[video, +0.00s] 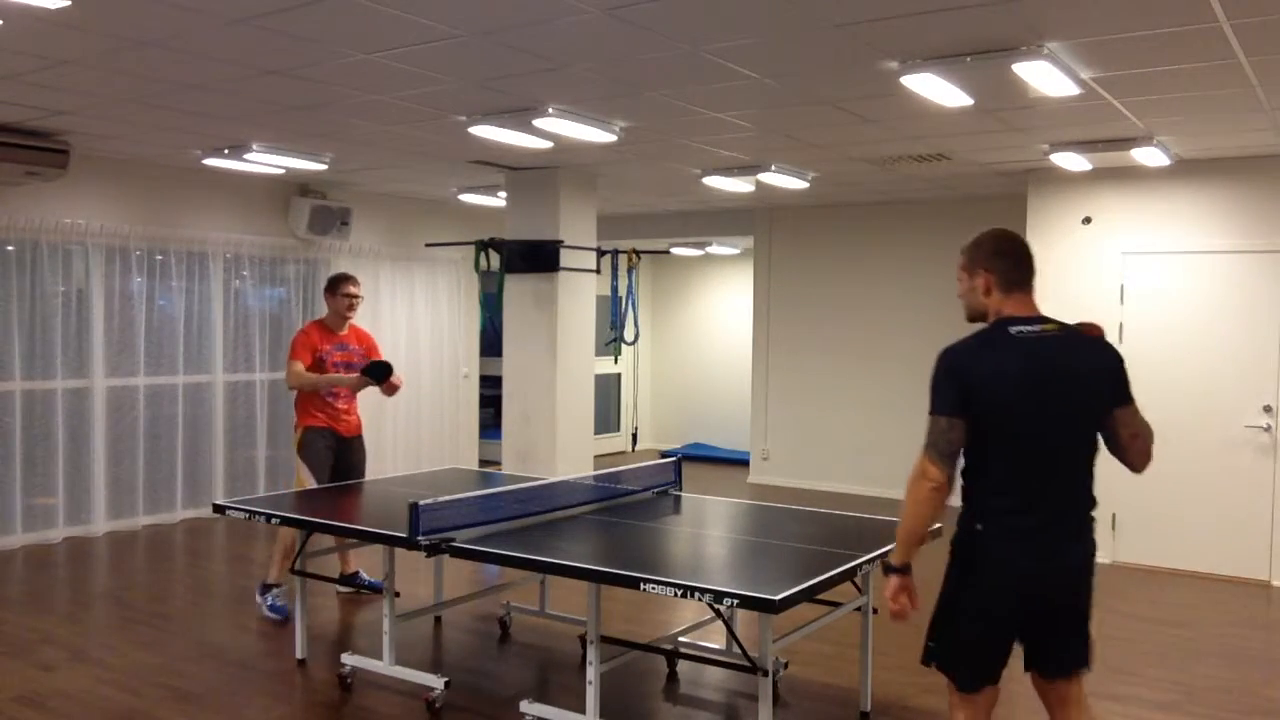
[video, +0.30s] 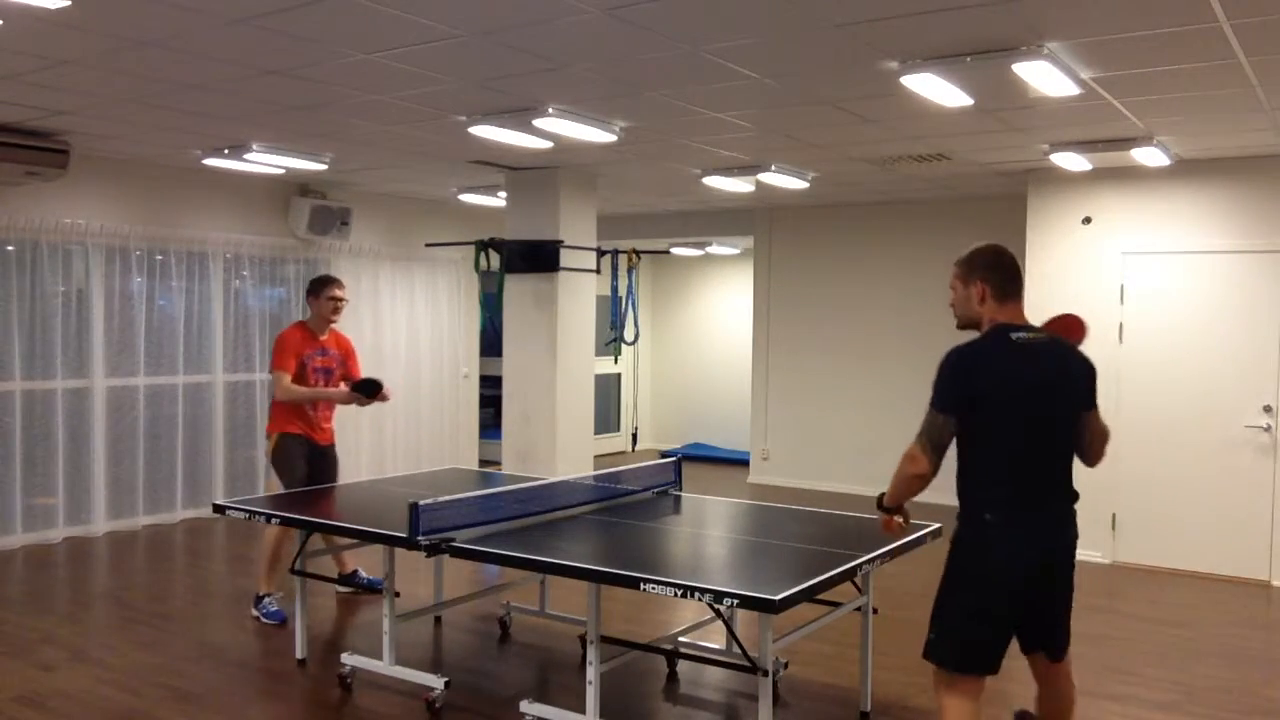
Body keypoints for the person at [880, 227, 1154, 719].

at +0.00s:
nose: (959, 290)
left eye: (962, 277)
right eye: (959, 277)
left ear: (986, 281)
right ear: (1028, 278)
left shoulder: (963, 360)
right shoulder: (1091, 354)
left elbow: (934, 477)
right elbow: (1138, 453)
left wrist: (900, 564)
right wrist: (1102, 359)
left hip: (988, 557)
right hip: (1066, 554)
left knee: (971, 700)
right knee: (1063, 689)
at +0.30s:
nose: (951, 303)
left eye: (955, 291)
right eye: (951, 291)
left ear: (981, 291)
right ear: (1014, 291)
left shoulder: (965, 361)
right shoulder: (1071, 360)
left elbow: (922, 461)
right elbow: (1093, 450)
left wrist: (891, 503)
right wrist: (1065, 388)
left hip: (985, 539)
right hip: (1053, 536)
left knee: (958, 682)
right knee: (1051, 661)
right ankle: (1051, 719)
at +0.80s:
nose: (959, 361)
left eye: (960, 348)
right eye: (958, 350)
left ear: (979, 343)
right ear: (1004, 344)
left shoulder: (988, 389)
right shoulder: (1039, 387)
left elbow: (975, 488)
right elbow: (1015, 476)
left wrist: (944, 563)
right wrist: (949, 454)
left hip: (1056, 550)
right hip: (1094, 546)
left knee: (979, 671)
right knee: (1030, 649)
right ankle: (1044, 718)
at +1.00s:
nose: (968, 381)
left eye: (966, 370)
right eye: (966, 371)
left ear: (977, 364)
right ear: (1014, 363)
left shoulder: (975, 408)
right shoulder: (1056, 406)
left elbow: (956, 505)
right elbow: (1057, 508)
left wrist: (934, 570)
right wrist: (985, 539)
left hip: (1054, 558)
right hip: (1104, 557)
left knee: (964, 674)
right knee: (1036, 636)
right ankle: (1048, 717)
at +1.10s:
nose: (973, 381)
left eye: (971, 372)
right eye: (972, 373)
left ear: (981, 366)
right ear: (1020, 365)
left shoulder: (974, 410)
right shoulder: (1062, 408)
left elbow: (952, 502)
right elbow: (1067, 503)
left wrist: (930, 551)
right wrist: (1003, 550)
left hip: (1052, 560)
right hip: (1103, 559)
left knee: (960, 674)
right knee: (1038, 635)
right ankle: (1050, 717)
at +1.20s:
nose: (976, 375)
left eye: (975, 366)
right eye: (977, 367)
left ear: (984, 362)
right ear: (1025, 362)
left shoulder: (974, 404)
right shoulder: (1066, 404)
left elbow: (946, 496)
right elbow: (1072, 484)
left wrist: (930, 515)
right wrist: (1022, 530)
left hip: (1044, 555)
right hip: (1099, 554)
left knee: (962, 674)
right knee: (1040, 634)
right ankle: (1051, 717)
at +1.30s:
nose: (978, 365)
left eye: (978, 357)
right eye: (979, 358)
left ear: (984, 354)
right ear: (1028, 354)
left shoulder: (972, 397)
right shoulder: (1069, 400)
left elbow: (942, 483)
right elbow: (1092, 484)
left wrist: (931, 473)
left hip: (1034, 551)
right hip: (1093, 550)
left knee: (968, 675)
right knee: (1041, 635)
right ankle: (1050, 718)